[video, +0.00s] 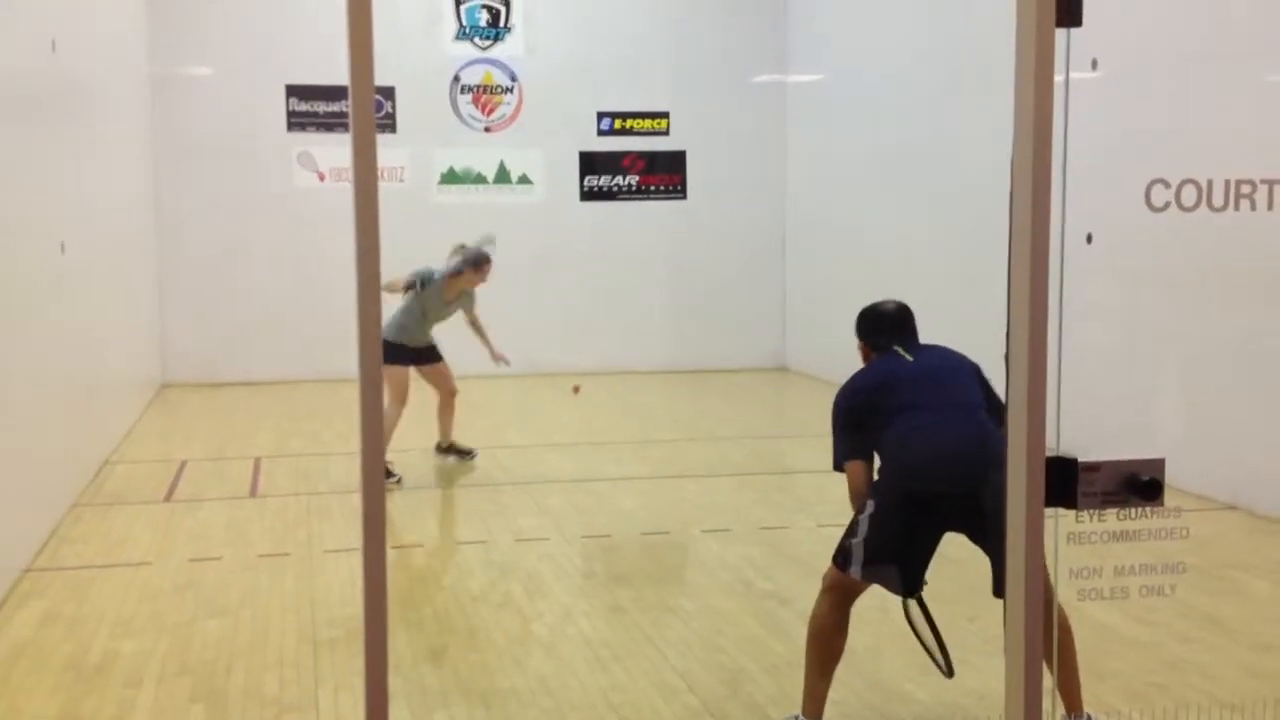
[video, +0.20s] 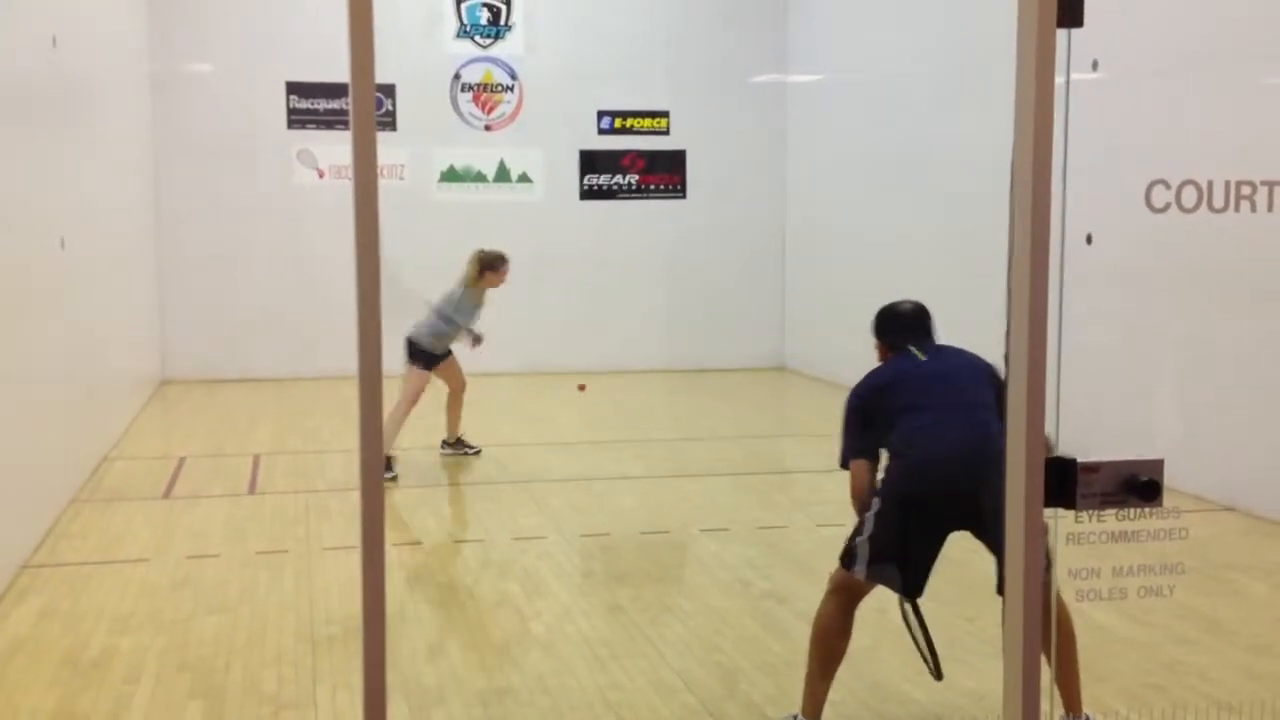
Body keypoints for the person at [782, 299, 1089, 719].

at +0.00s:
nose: (858, 354)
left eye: (859, 347)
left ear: (865, 349)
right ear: (915, 338)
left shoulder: (857, 389)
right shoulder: (959, 363)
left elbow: (860, 488)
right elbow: (1005, 427)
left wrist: (869, 541)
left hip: (910, 488)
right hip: (988, 484)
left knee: (837, 590)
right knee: (1041, 593)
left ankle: (810, 714)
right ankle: (1077, 712)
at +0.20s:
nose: (877, 353)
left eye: (877, 347)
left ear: (882, 349)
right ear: (931, 338)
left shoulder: (871, 387)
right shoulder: (978, 366)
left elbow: (862, 489)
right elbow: (1025, 434)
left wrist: (874, 536)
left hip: (917, 485)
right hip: (994, 481)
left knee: (844, 591)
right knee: (1043, 592)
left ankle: (809, 714)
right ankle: (1076, 713)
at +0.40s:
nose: (907, 349)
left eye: (907, 343)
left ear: (913, 344)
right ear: (962, 335)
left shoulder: (899, 382)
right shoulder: (1004, 365)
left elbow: (873, 482)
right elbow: (1068, 441)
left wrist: (884, 527)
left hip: (929, 487)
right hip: (1008, 486)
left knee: (865, 596)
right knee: (1058, 593)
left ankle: (815, 713)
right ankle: (1077, 713)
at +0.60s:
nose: (933, 336)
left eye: (932, 329)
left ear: (939, 330)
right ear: (993, 323)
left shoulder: (919, 372)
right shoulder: (1029, 358)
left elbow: (893, 465)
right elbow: (1080, 440)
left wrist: (894, 517)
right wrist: (1081, 492)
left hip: (931, 485)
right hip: (1014, 487)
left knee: (867, 593)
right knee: (1066, 594)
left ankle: (817, 712)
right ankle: (1080, 713)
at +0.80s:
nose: (887, 312)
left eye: (887, 306)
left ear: (891, 308)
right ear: (941, 302)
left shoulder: (881, 359)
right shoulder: (988, 346)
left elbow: (861, 454)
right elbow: (1017, 424)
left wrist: (856, 510)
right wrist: (1027, 495)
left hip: (918, 489)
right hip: (996, 489)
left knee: (845, 591)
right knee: (1039, 599)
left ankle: (820, 713)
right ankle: (1075, 713)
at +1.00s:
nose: (848, 305)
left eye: (849, 296)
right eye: (847, 295)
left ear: (864, 295)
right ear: (904, 287)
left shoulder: (870, 348)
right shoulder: (953, 324)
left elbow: (857, 435)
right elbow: (971, 408)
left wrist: (817, 511)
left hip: (920, 488)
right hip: (992, 481)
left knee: (849, 593)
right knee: (985, 594)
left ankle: (825, 713)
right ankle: (1047, 704)